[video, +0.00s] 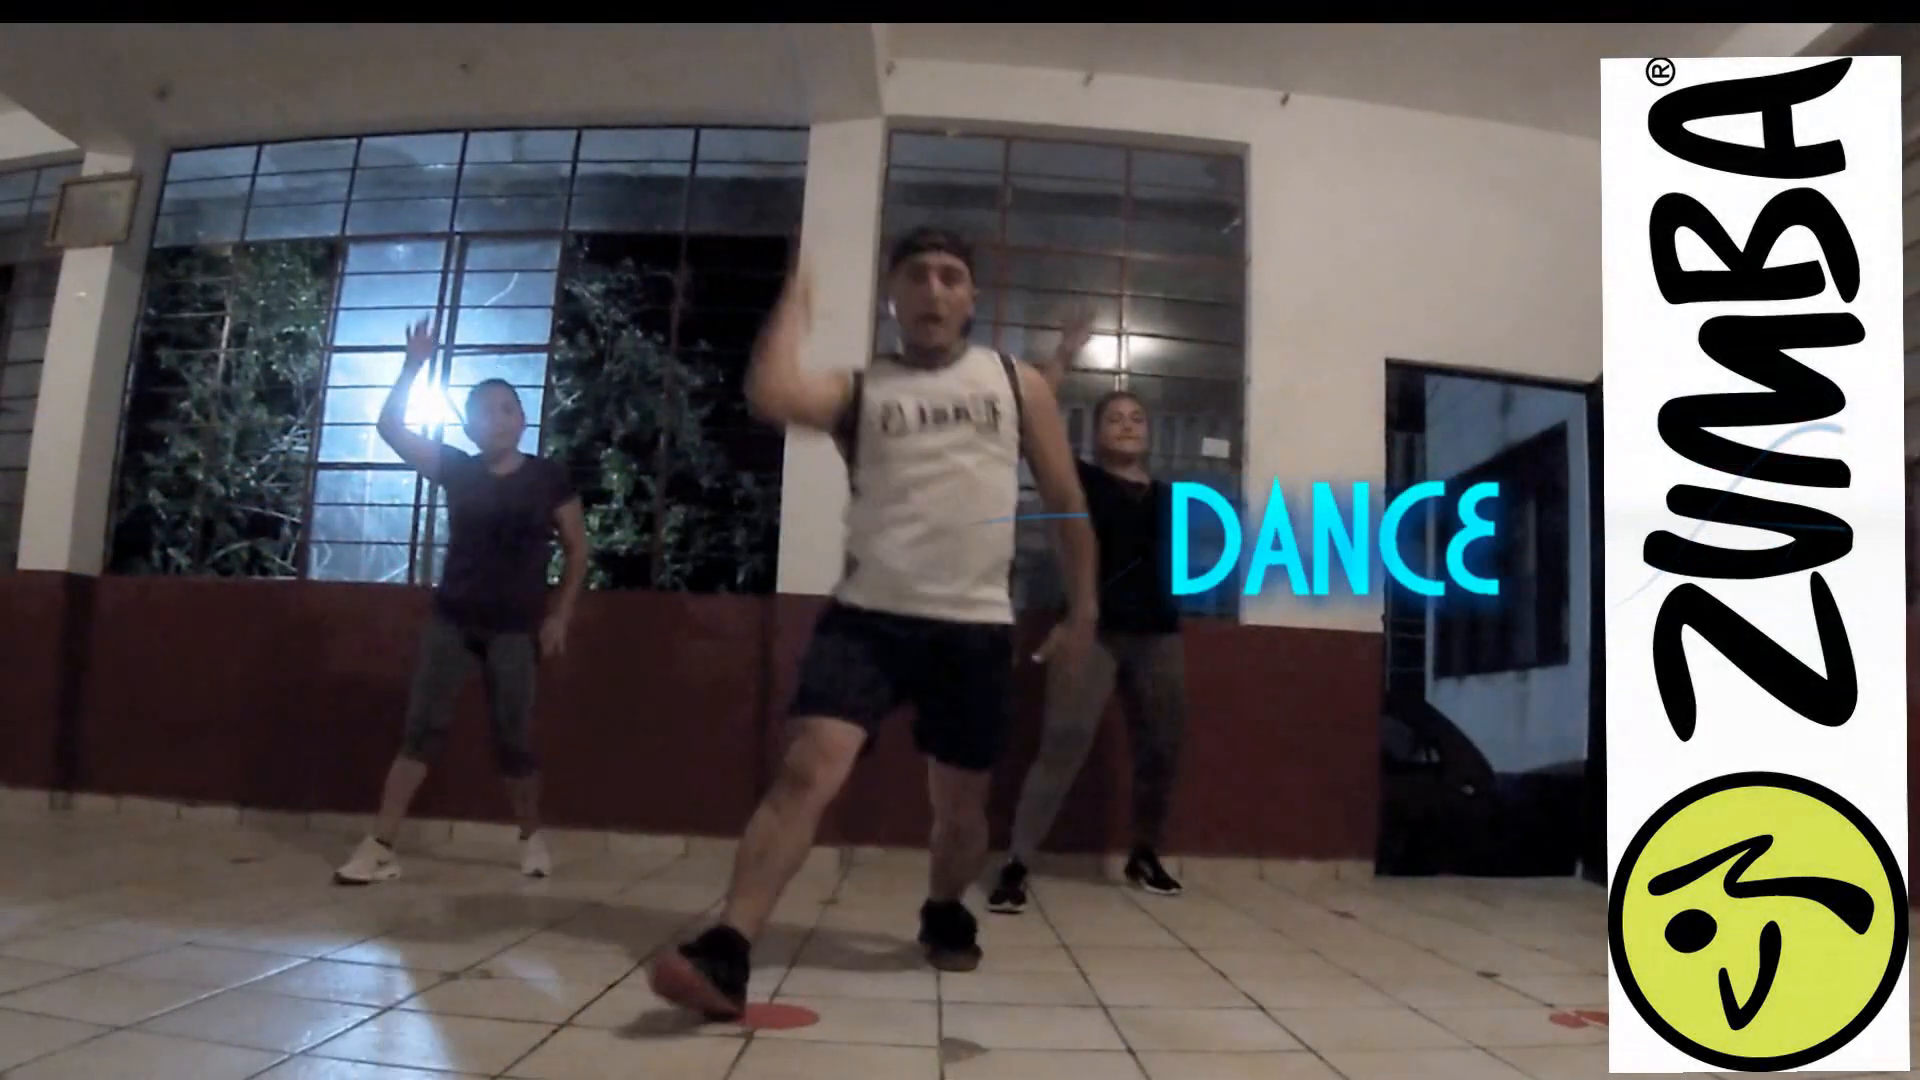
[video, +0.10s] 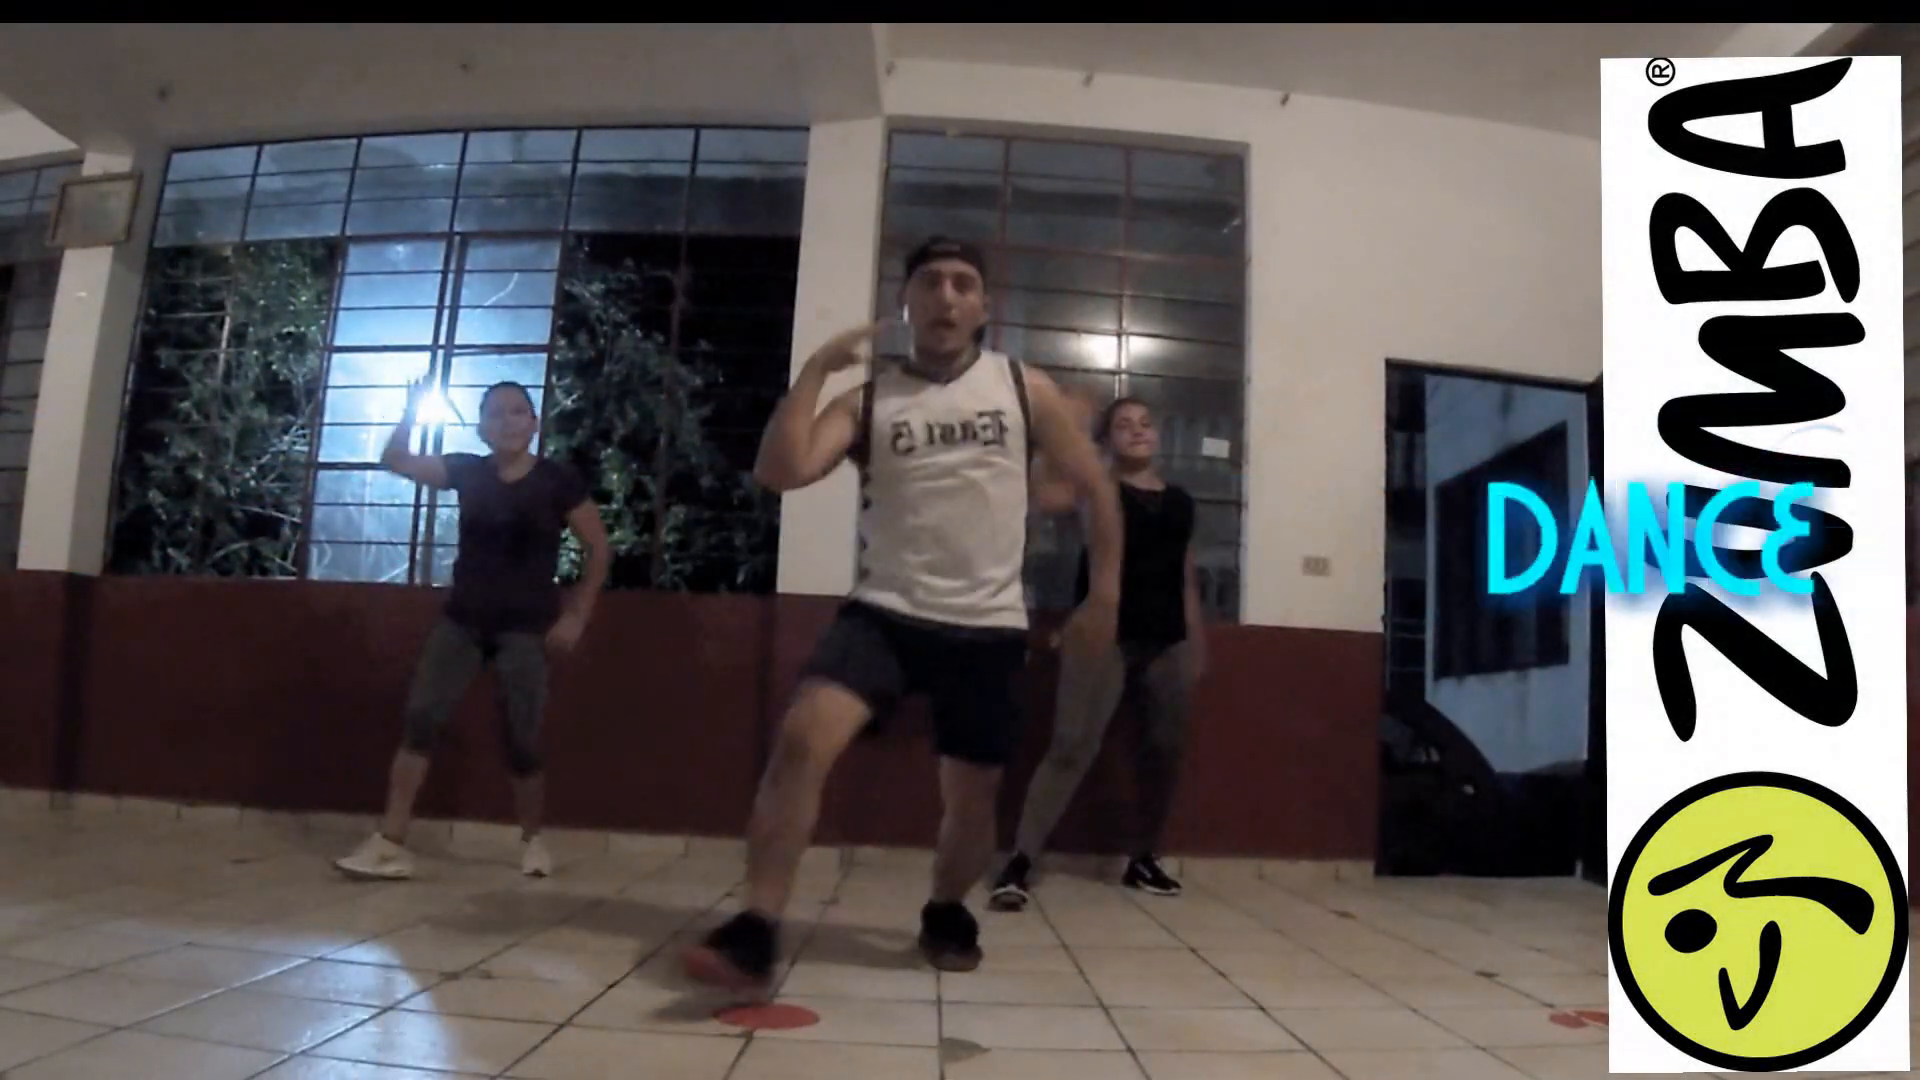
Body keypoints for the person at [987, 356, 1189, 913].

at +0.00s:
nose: (1127, 427)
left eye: (1136, 420)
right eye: (1115, 420)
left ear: (1148, 434)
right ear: (1097, 432)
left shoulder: (1165, 494)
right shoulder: (1079, 483)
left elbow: (1189, 551)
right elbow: (1035, 431)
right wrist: (1063, 357)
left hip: (1156, 632)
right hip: (1091, 628)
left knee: (1163, 744)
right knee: (1064, 742)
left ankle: (1144, 854)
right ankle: (1017, 862)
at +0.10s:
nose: (1137, 433)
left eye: (1144, 425)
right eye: (1125, 427)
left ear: (1156, 435)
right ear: (1108, 439)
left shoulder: (1179, 501)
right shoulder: (1098, 489)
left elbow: (1186, 574)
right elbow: (1043, 495)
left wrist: (1195, 639)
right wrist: (1069, 432)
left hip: (1165, 642)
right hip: (1102, 637)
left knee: (1164, 752)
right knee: (1071, 750)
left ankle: (1143, 860)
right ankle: (1020, 863)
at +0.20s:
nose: (1146, 432)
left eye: (1152, 425)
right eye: (1135, 426)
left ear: (1165, 437)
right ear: (1115, 439)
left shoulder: (1189, 500)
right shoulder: (1098, 493)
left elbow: (1209, 571)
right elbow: (1073, 563)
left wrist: (1228, 637)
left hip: (1166, 640)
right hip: (1102, 634)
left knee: (1166, 748)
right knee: (1071, 739)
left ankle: (1144, 857)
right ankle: (1030, 858)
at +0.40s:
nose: (1135, 424)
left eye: (1144, 416)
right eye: (1125, 417)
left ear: (1160, 429)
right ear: (1109, 430)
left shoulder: (1184, 487)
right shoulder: (1090, 490)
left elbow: (1211, 558)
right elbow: (1067, 561)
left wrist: (1219, 623)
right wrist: (1060, 608)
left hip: (1162, 635)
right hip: (1095, 632)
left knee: (1155, 744)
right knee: (1075, 736)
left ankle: (1142, 855)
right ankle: (1064, 849)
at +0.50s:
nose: (1132, 431)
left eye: (1141, 424)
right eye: (1122, 424)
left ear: (1154, 438)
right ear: (1105, 437)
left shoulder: (1174, 499)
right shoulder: (1081, 496)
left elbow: (1196, 571)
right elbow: (1049, 569)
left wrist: (1189, 602)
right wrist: (1057, 634)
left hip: (1159, 641)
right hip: (1092, 640)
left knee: (1164, 749)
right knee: (1082, 746)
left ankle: (1149, 852)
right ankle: (1071, 854)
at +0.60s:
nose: (1133, 438)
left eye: (1142, 431)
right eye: (1123, 429)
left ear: (1152, 443)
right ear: (1103, 440)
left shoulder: (1168, 500)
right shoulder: (1078, 494)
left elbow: (1211, 558)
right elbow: (1041, 568)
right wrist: (1047, 632)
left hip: (1160, 641)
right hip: (1090, 640)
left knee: (1197, 737)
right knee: (1080, 744)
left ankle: (1175, 836)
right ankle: (1068, 853)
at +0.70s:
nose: (1138, 428)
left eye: (1148, 423)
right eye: (1129, 420)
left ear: (1157, 438)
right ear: (1108, 433)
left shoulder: (1173, 491)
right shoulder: (1084, 486)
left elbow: (1239, 490)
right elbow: (1038, 556)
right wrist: (1040, 626)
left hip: (1164, 633)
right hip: (1095, 634)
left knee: (1217, 721)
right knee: (1086, 736)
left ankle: (1213, 853)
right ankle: (1076, 853)